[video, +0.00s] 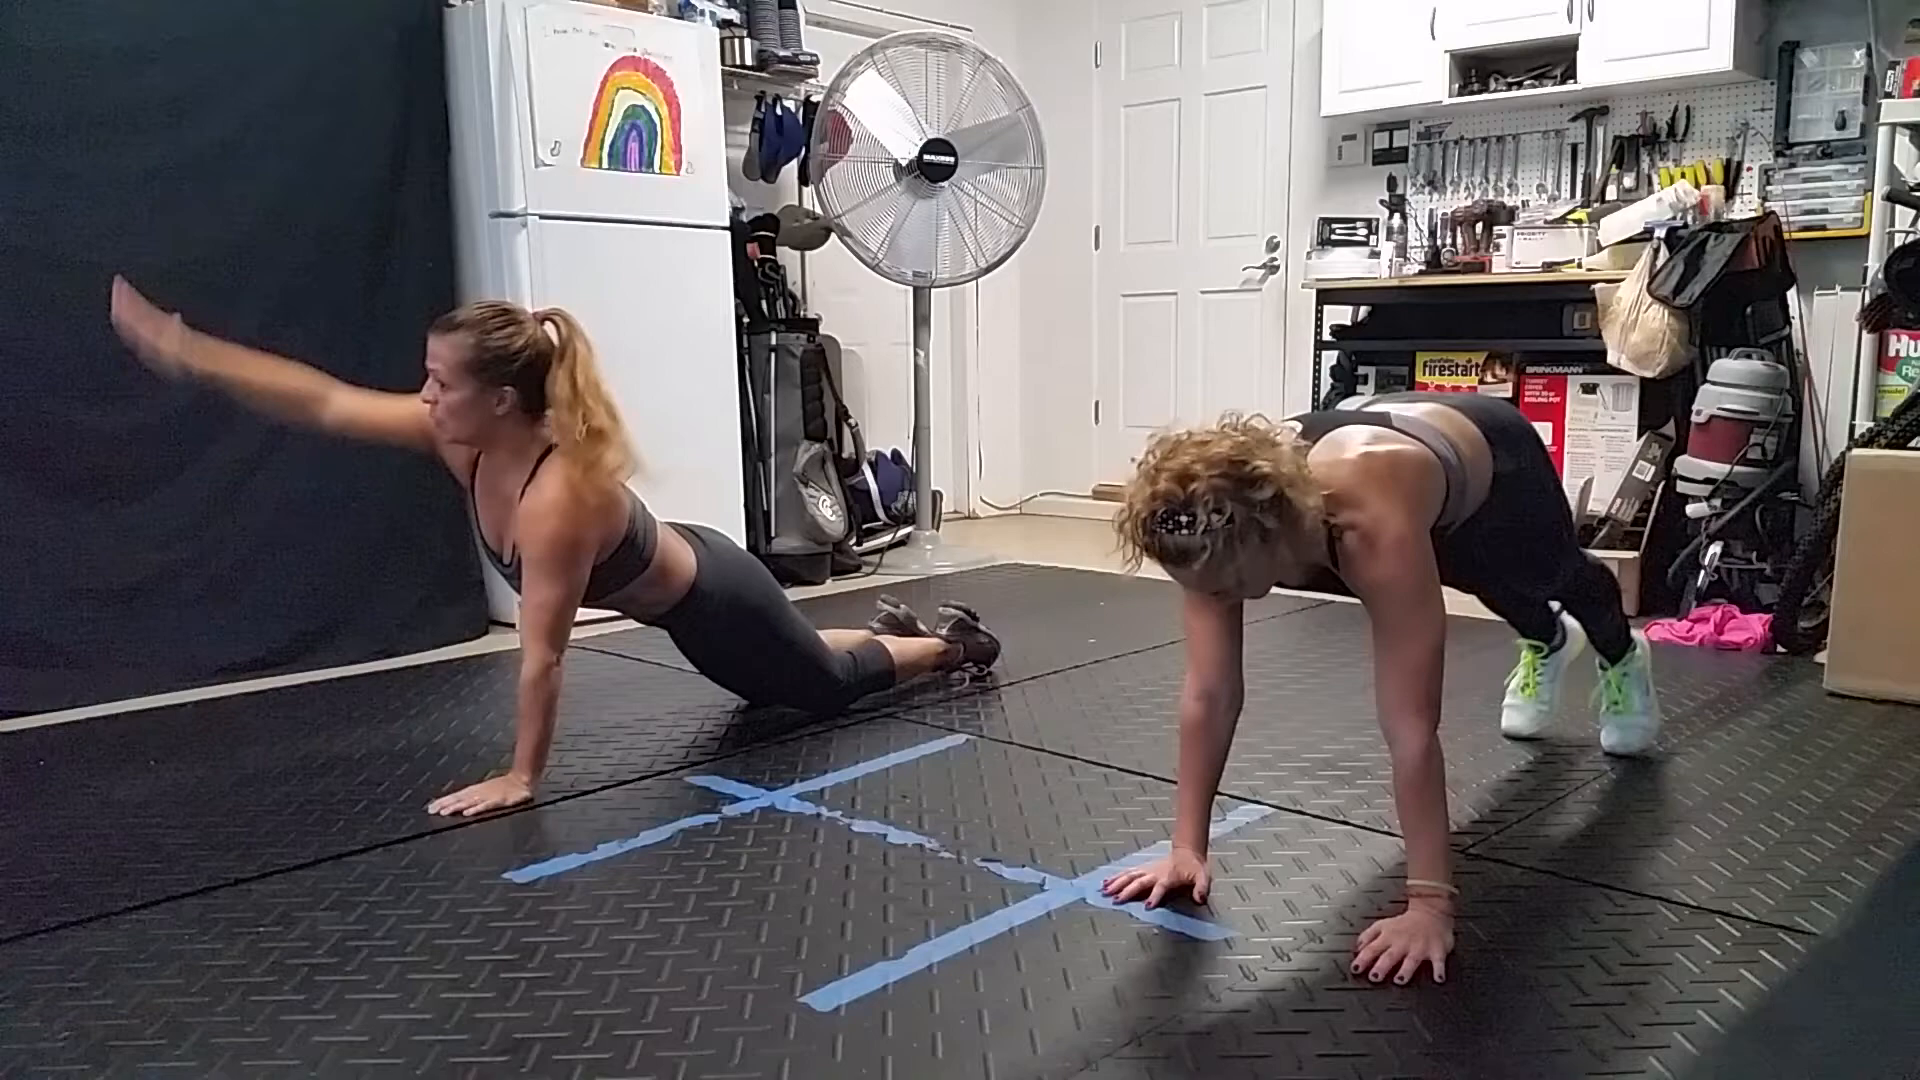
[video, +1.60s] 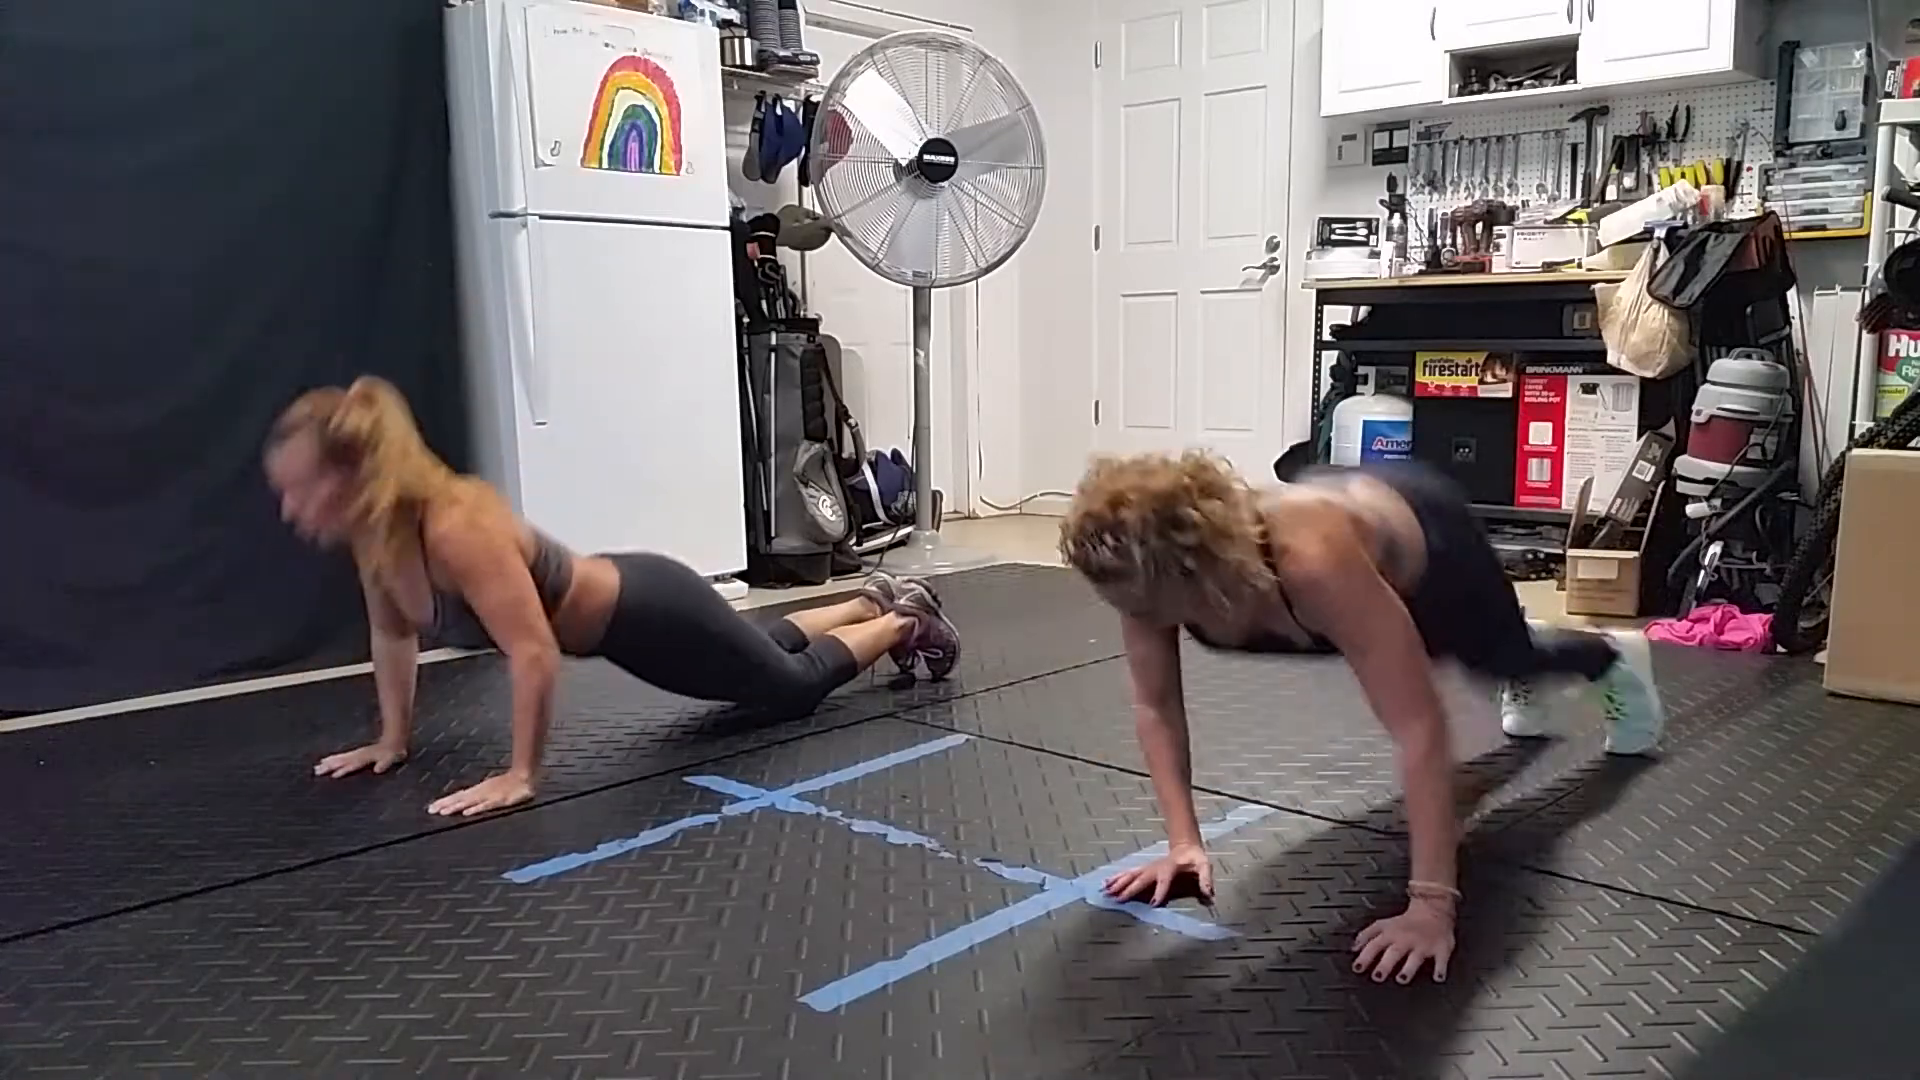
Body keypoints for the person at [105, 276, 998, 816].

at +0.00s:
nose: (423, 394)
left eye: (441, 383)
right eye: (427, 378)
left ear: (504, 401)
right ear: (463, 392)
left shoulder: (562, 493)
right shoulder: (456, 430)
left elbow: (545, 644)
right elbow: (318, 398)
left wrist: (521, 776)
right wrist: (185, 349)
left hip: (718, 606)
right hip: (679, 580)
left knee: (840, 673)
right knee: (785, 650)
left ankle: (941, 649)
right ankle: (882, 639)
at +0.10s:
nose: (419, 401)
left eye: (438, 389)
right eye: (421, 384)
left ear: (502, 404)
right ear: (469, 398)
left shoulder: (554, 505)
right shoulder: (457, 442)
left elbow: (543, 650)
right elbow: (317, 443)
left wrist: (522, 777)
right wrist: (185, 429)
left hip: (717, 606)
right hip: (680, 576)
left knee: (836, 675)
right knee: (791, 650)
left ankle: (949, 649)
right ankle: (897, 637)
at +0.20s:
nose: (410, 409)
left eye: (426, 395)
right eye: (410, 393)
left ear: (492, 404)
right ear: (471, 402)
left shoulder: (545, 510)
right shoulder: (456, 461)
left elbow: (545, 654)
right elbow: (353, 525)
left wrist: (523, 776)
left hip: (717, 609)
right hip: (682, 570)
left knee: (835, 675)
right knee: (788, 647)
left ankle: (943, 644)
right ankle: (888, 636)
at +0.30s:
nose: (395, 424)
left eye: (410, 409)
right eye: (393, 406)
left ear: (477, 410)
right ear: (455, 411)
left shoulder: (542, 505)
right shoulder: (444, 484)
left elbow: (543, 653)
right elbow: (402, 592)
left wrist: (524, 777)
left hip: (713, 601)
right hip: (673, 579)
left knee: (829, 677)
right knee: (790, 655)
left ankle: (939, 638)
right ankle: (892, 631)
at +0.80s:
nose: (305, 521)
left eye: (316, 501)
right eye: (299, 504)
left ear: (382, 479)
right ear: (360, 489)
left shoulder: (478, 534)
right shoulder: (389, 535)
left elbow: (548, 657)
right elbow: (402, 637)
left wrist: (521, 776)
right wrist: (392, 739)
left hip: (666, 620)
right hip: (629, 608)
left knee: (794, 683)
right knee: (764, 650)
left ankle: (905, 625)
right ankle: (876, 607)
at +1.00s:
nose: (289, 633)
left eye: (288, 615)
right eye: (278, 620)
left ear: (337, 577)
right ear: (329, 573)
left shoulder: (453, 591)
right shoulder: (391, 588)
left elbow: (565, 667)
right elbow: (397, 659)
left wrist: (521, 777)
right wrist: (391, 742)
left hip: (655, 644)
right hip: (611, 620)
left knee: (799, 678)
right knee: (757, 644)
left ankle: (907, 621)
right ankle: (871, 603)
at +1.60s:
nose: (286, 509)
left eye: (293, 490)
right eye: (281, 494)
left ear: (348, 475)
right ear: (334, 478)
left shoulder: (455, 526)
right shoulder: (381, 532)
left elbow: (534, 653)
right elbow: (393, 635)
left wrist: (519, 773)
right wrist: (391, 741)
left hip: (655, 613)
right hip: (624, 603)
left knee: (798, 682)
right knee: (763, 644)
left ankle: (902, 624)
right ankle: (873, 604)